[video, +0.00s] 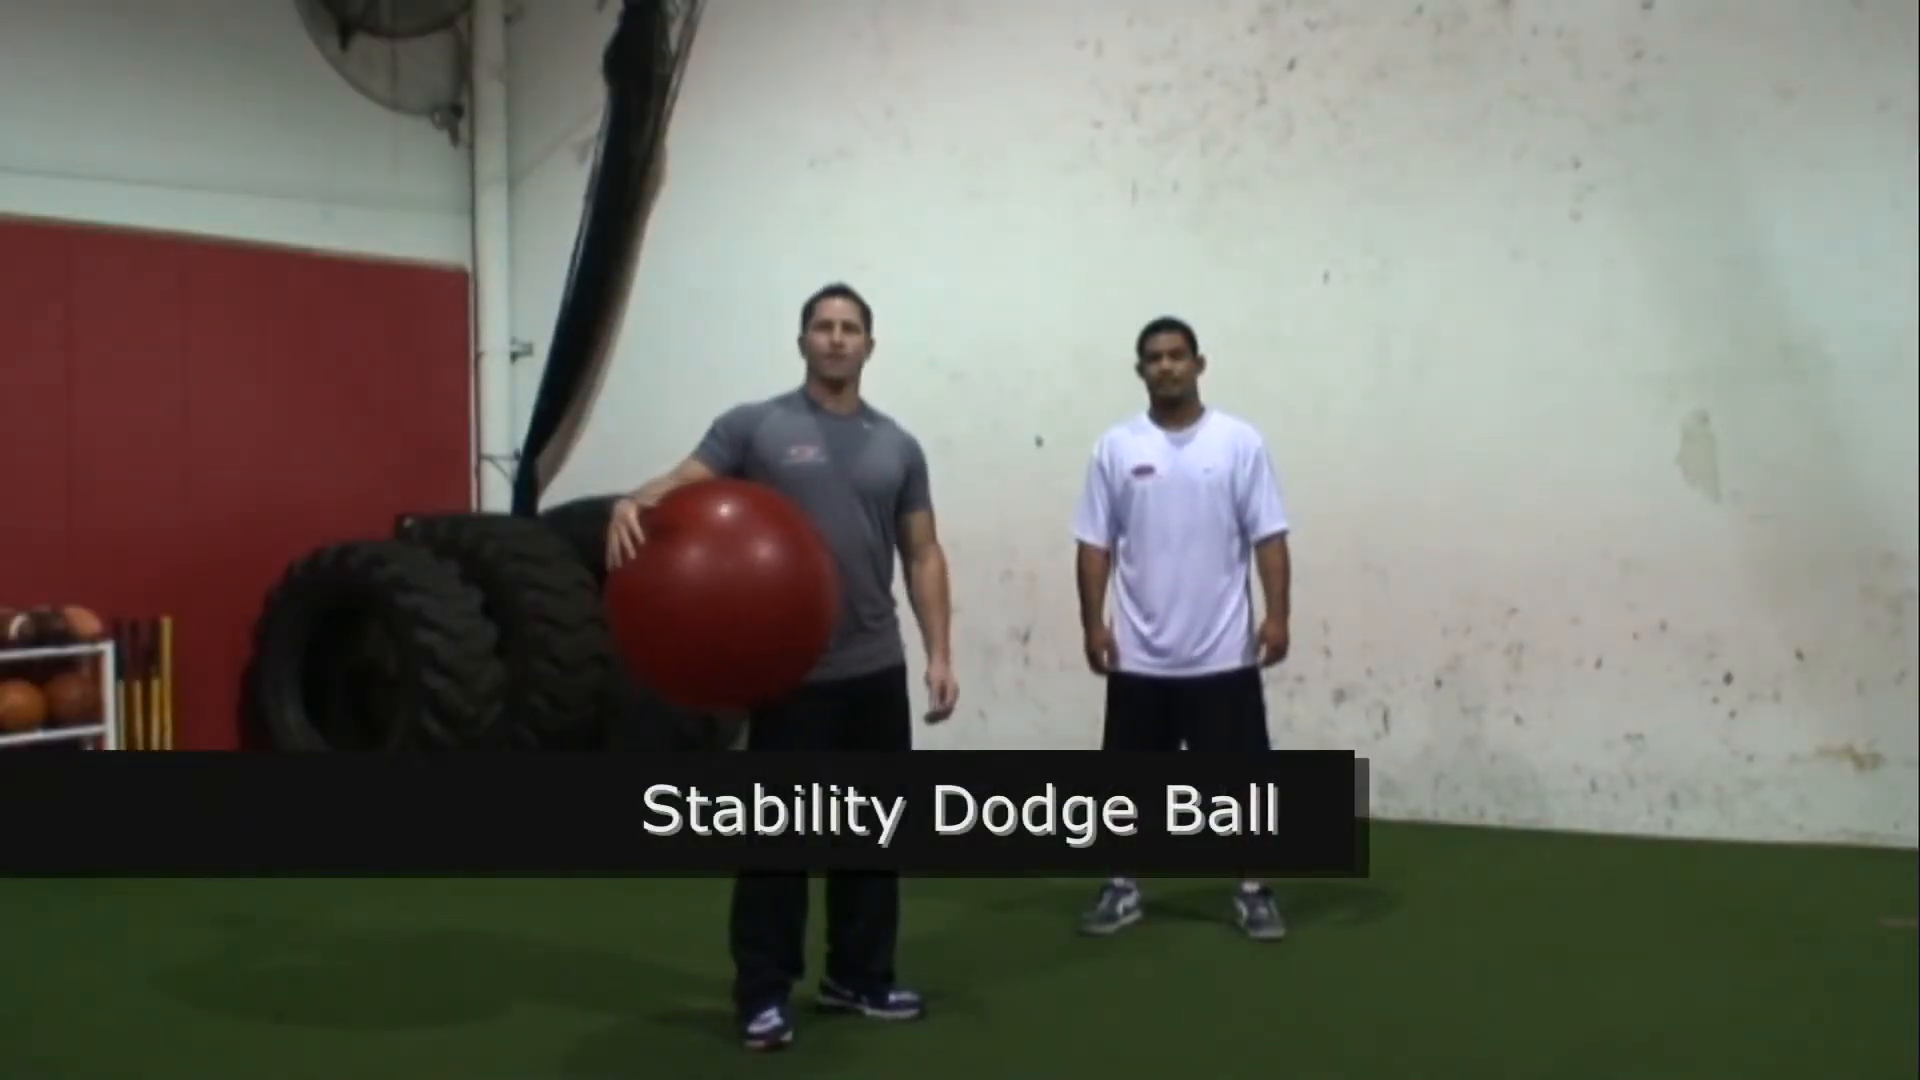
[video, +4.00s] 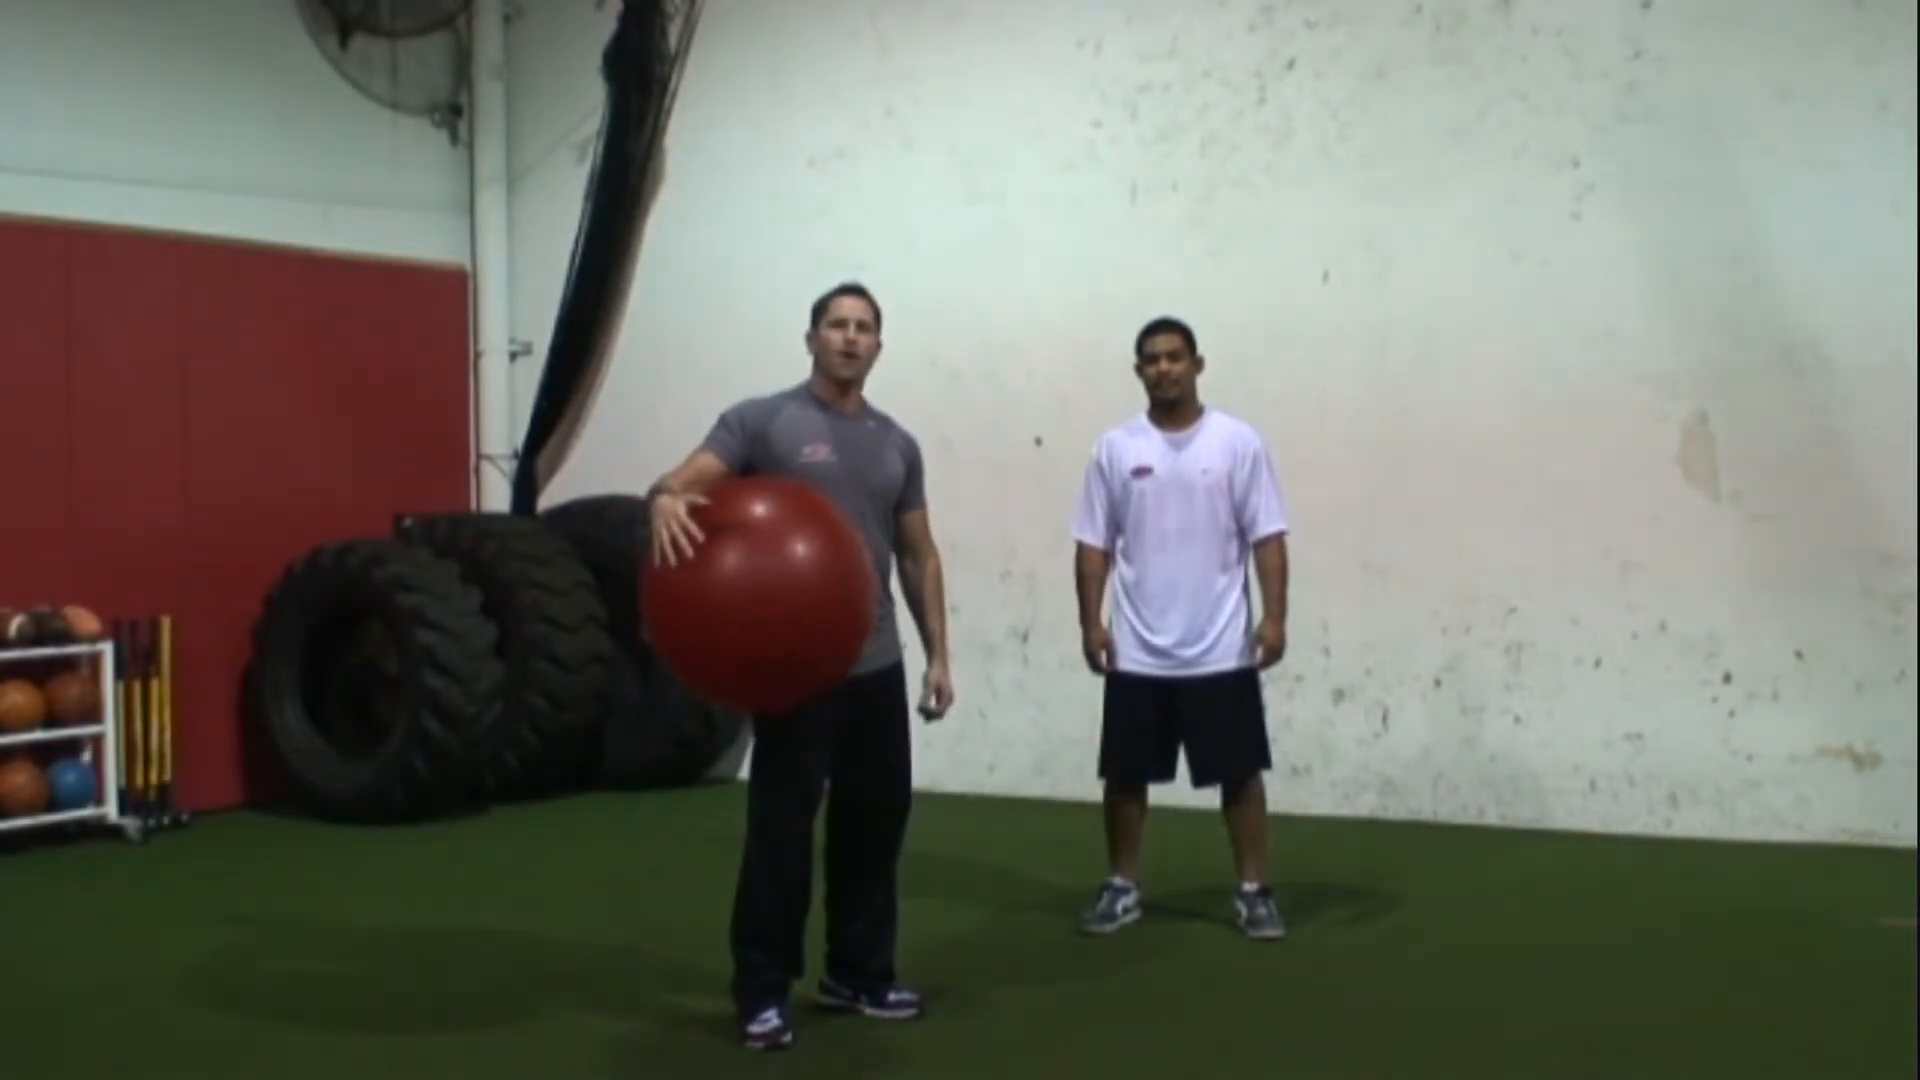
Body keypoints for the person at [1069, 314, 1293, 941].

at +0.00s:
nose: (1166, 366)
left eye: (1177, 356)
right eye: (1154, 358)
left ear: (1199, 364)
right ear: (1140, 371)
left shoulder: (1240, 442)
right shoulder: (1117, 447)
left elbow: (1269, 534)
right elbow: (1094, 540)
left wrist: (1277, 614)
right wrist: (1093, 622)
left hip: (1222, 647)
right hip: (1141, 648)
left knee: (1241, 777)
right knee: (1125, 778)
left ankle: (1252, 886)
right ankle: (1123, 883)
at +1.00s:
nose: (1166, 366)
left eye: (1177, 356)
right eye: (1155, 358)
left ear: (1199, 364)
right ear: (1141, 371)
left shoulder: (1240, 442)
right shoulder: (1117, 448)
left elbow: (1269, 534)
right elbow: (1094, 541)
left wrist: (1277, 613)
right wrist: (1093, 622)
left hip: (1222, 648)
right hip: (1140, 649)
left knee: (1242, 778)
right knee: (1124, 778)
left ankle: (1253, 887)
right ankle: (1123, 884)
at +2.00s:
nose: (1165, 367)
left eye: (1176, 356)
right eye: (1153, 359)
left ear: (1198, 364)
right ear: (1140, 372)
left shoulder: (1241, 442)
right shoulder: (1116, 447)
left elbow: (1270, 533)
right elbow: (1092, 540)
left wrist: (1278, 612)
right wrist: (1090, 621)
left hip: (1222, 646)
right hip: (1140, 647)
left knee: (1245, 779)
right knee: (1124, 780)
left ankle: (1254, 889)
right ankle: (1122, 885)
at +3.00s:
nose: (1163, 367)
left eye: (1174, 357)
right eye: (1152, 359)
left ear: (1198, 365)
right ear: (1139, 372)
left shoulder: (1239, 443)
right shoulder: (1116, 449)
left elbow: (1269, 535)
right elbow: (1093, 540)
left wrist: (1275, 616)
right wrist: (1091, 621)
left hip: (1221, 645)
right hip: (1139, 646)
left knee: (1242, 776)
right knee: (1123, 777)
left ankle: (1254, 889)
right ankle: (1122, 883)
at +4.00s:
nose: (1163, 368)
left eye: (1174, 357)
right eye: (1152, 360)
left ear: (1197, 365)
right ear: (1138, 372)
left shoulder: (1239, 443)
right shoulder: (1116, 449)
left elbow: (1268, 535)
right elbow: (1094, 541)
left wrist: (1274, 616)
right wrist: (1091, 622)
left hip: (1220, 645)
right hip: (1138, 646)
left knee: (1242, 776)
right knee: (1123, 777)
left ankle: (1254, 889)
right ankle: (1122, 883)